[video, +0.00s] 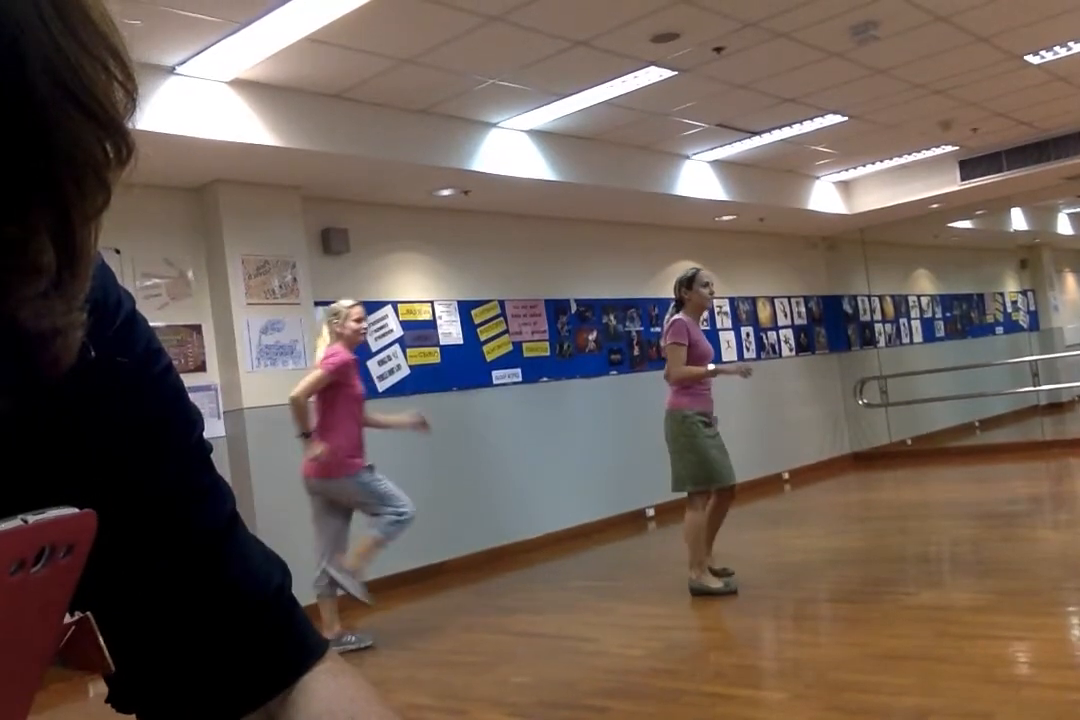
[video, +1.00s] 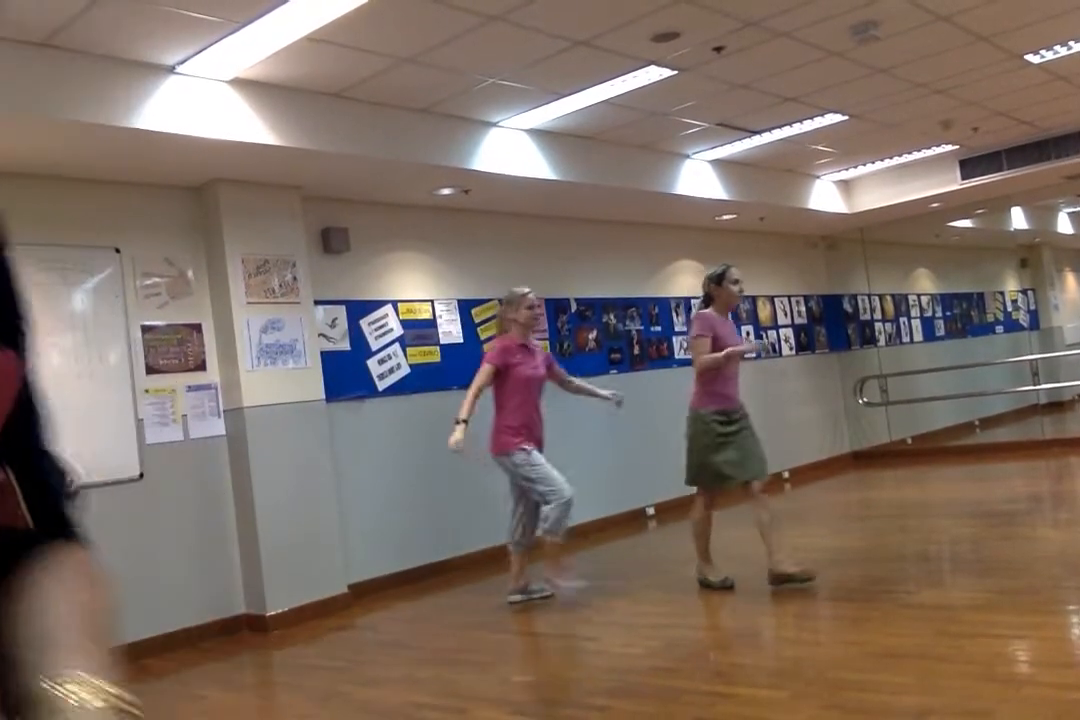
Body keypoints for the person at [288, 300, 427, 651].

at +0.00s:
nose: (364, 325)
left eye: (364, 319)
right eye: (357, 320)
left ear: (351, 326)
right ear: (338, 325)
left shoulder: (342, 360)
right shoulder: (340, 358)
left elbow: (359, 416)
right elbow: (298, 396)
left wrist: (406, 421)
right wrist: (307, 438)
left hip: (322, 469)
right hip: (341, 466)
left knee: (329, 553)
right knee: (400, 511)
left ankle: (333, 632)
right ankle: (351, 565)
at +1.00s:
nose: (536, 312)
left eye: (537, 307)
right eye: (529, 308)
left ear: (535, 313)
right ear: (511, 314)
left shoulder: (540, 352)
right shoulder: (501, 348)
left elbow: (568, 382)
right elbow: (475, 390)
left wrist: (605, 394)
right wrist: (461, 425)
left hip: (531, 443)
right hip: (510, 444)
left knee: (524, 513)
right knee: (560, 496)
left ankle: (518, 585)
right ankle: (553, 572)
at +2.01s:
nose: (597, 316)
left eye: (601, 312)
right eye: (591, 312)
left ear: (605, 315)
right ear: (580, 316)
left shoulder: (600, 348)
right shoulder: (569, 350)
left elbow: (590, 390)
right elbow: (560, 396)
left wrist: (593, 423)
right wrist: (596, 417)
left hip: (587, 434)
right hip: (564, 436)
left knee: (595, 498)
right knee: (584, 497)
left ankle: (588, 561)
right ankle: (561, 553)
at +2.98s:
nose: (544, 304)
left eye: (549, 299)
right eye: (538, 300)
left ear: (557, 305)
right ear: (529, 307)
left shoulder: (573, 345)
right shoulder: (519, 346)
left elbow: (577, 391)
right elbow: (512, 393)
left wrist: (581, 432)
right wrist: (522, 429)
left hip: (570, 439)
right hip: (535, 443)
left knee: (580, 504)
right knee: (539, 513)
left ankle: (580, 584)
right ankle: (547, 581)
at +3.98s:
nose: (600, 330)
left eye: (604, 324)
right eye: (593, 326)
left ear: (610, 325)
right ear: (582, 330)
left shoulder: (599, 353)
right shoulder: (584, 360)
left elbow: (567, 360)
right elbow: (586, 402)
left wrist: (546, 368)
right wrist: (601, 399)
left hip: (588, 445)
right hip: (580, 448)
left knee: (586, 511)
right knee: (624, 503)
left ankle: (566, 564)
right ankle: (641, 585)